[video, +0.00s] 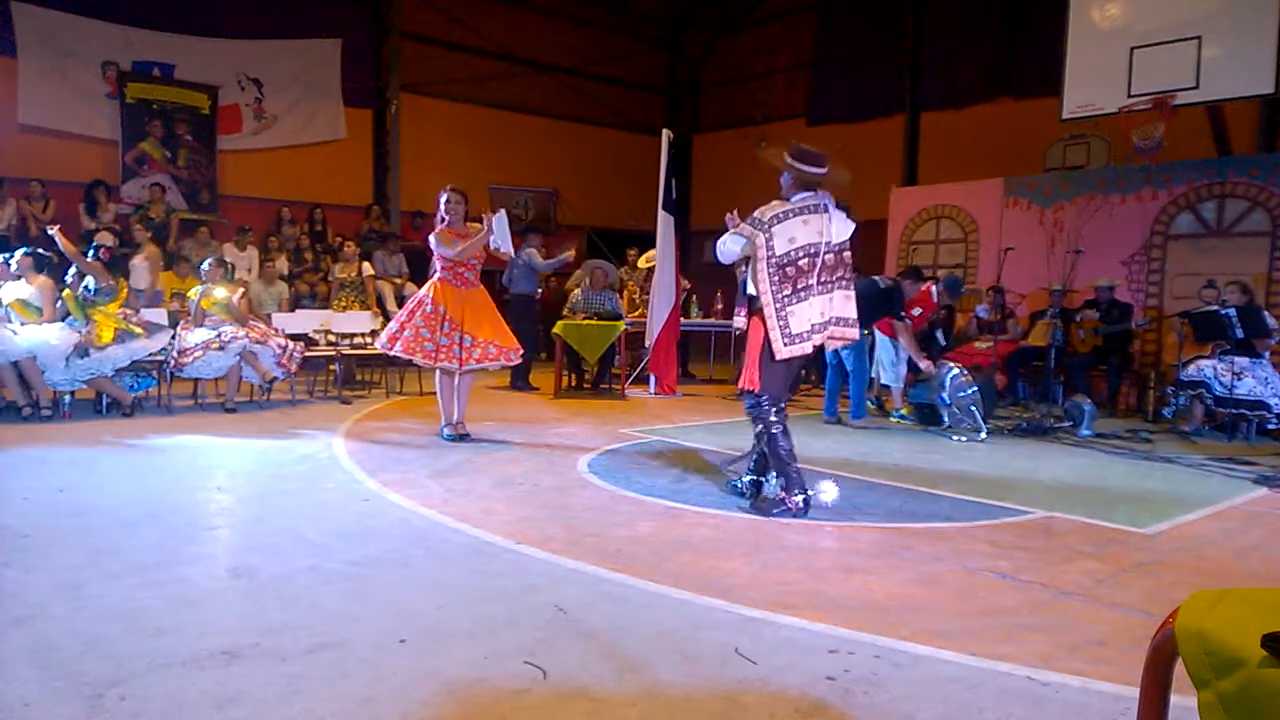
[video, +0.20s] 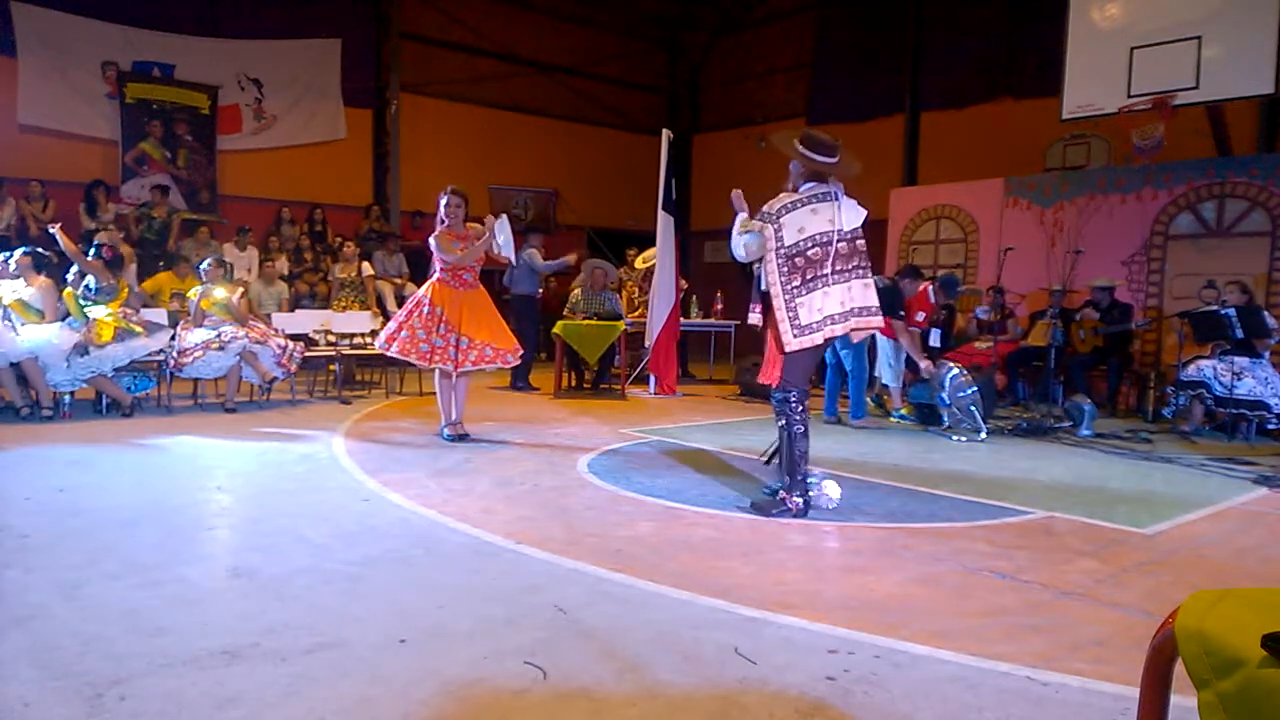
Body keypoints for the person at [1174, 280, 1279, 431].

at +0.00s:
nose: (1226, 296)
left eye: (1231, 293)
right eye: (1225, 293)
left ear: (1245, 297)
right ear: (1222, 296)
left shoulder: (1258, 315)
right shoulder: (1220, 315)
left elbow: (1265, 345)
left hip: (1253, 364)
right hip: (1224, 362)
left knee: (1245, 381)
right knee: (1199, 368)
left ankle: (1241, 426)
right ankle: (1196, 421)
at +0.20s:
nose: (1225, 296)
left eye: (1231, 292)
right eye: (1224, 293)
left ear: (1245, 297)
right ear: (1221, 296)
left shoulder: (1257, 314)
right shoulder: (1218, 315)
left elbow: (1264, 346)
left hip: (1253, 365)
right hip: (1223, 363)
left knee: (1246, 382)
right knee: (1198, 369)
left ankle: (1242, 427)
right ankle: (1195, 421)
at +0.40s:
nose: (1225, 296)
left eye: (1231, 292)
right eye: (1224, 293)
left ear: (1245, 297)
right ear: (1221, 296)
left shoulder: (1257, 315)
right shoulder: (1218, 316)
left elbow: (1264, 346)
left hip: (1253, 364)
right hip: (1223, 363)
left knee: (1247, 382)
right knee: (1198, 368)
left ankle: (1242, 426)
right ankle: (1195, 420)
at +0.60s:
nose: (1225, 296)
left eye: (1231, 292)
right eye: (1224, 293)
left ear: (1245, 297)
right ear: (1221, 296)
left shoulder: (1257, 314)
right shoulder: (1218, 315)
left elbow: (1264, 346)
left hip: (1252, 364)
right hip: (1223, 363)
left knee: (1247, 382)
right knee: (1198, 369)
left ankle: (1242, 426)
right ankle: (1195, 420)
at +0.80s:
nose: (1233, 296)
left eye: (1238, 293)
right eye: (1229, 293)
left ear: (1247, 297)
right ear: (1223, 296)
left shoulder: (1257, 315)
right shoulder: (1217, 315)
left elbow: (1264, 346)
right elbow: (1200, 341)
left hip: (1253, 364)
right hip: (1222, 363)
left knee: (1247, 382)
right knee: (1197, 369)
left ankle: (1242, 426)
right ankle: (1195, 420)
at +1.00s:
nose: (1238, 296)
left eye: (1243, 293)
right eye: (1233, 293)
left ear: (1248, 297)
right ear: (1224, 296)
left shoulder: (1257, 315)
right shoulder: (1216, 315)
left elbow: (1265, 346)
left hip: (1253, 364)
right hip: (1222, 363)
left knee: (1248, 381)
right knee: (1199, 368)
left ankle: (1242, 426)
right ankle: (1195, 419)